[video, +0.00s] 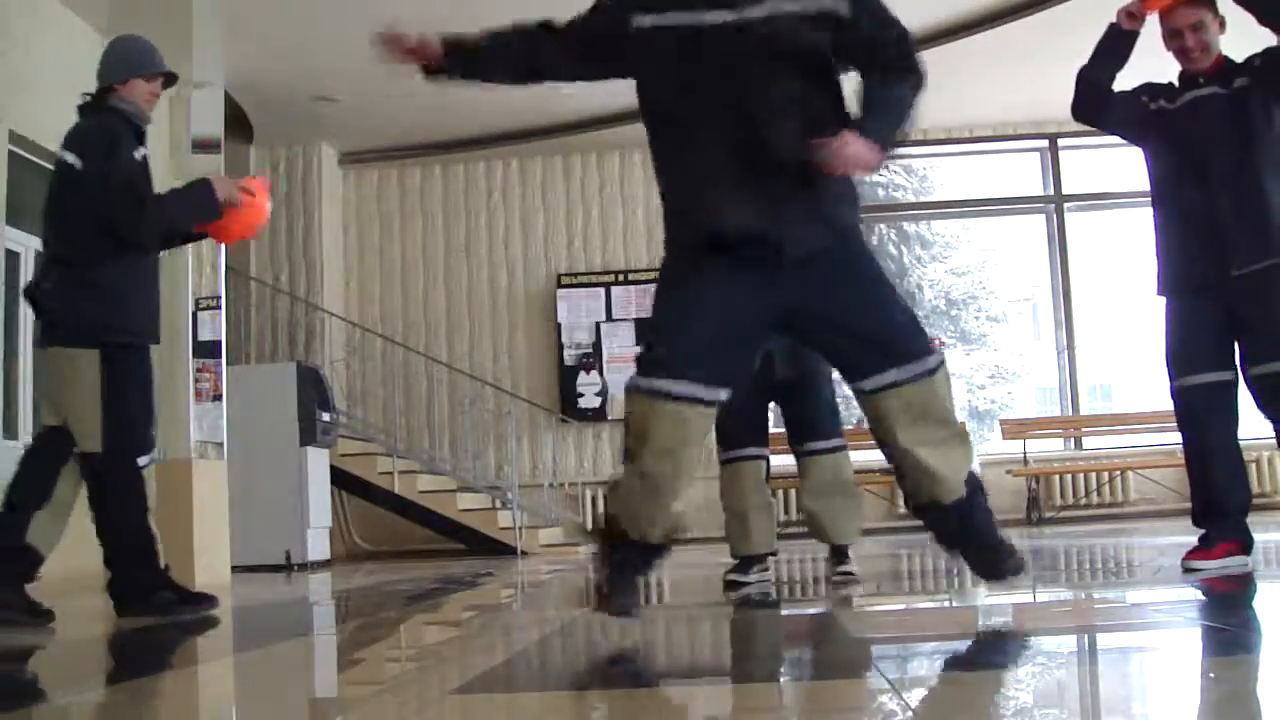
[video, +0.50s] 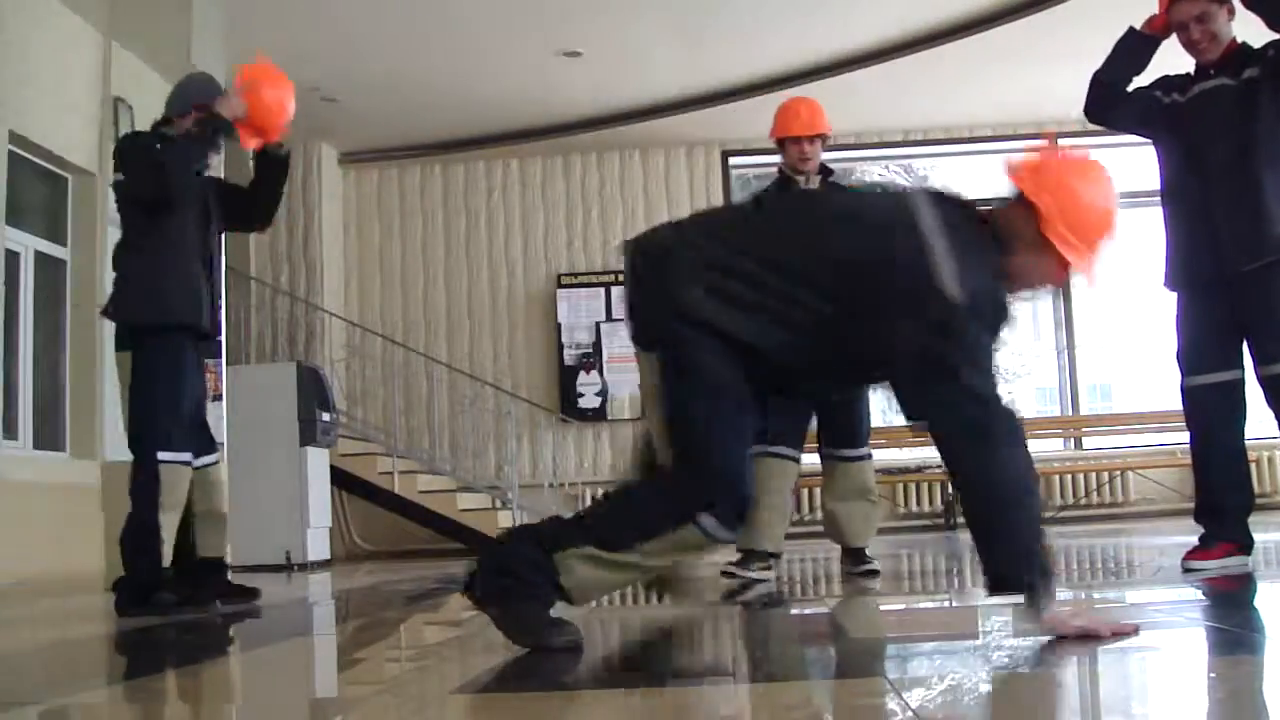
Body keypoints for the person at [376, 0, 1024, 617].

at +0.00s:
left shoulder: (821, 3)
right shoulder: (641, 17)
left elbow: (895, 59)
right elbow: (552, 49)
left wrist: (874, 133)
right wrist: (447, 56)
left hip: (821, 235)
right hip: (711, 246)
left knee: (906, 370)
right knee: (672, 399)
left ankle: (960, 515)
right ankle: (632, 550)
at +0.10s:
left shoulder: (864, 38)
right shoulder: (686, 30)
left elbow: (926, 115)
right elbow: (598, 48)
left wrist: (948, 200)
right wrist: (520, 36)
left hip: (841, 292)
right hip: (726, 294)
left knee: (924, 423)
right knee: (653, 422)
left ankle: (987, 559)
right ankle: (570, 565)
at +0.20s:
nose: (836, 55)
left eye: (850, 41)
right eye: (821, 39)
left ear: (870, 37)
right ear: (790, 27)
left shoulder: (892, 122)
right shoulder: (747, 85)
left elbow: (941, 227)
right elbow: (693, 128)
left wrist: (997, 315)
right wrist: (731, 126)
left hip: (838, 323)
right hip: (730, 319)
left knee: (920, 444)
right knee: (653, 438)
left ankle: (981, 559)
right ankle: (556, 580)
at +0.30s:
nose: (917, 129)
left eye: (927, 117)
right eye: (907, 111)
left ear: (933, 104)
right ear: (867, 82)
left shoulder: (897, 166)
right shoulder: (798, 143)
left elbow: (906, 268)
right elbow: (846, 261)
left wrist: (947, 341)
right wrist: (946, 344)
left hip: (804, 328)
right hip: (710, 321)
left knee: (889, 440)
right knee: (668, 453)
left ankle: (970, 557)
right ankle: (539, 600)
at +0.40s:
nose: (993, 206)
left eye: (1004, 192)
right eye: (990, 187)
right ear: (949, 151)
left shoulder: (874, 173)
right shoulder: (861, 216)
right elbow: (931, 358)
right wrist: (1023, 484)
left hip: (755, 315)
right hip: (678, 295)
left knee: (803, 437)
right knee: (711, 469)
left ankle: (861, 555)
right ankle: (536, 577)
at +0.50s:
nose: (1061, 284)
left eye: (1070, 271)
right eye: (1064, 265)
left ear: (1027, 219)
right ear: (1032, 234)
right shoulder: (943, 284)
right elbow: (982, 438)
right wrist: (1038, 597)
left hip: (737, 290)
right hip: (688, 293)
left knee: (724, 471)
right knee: (712, 484)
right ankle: (522, 566)